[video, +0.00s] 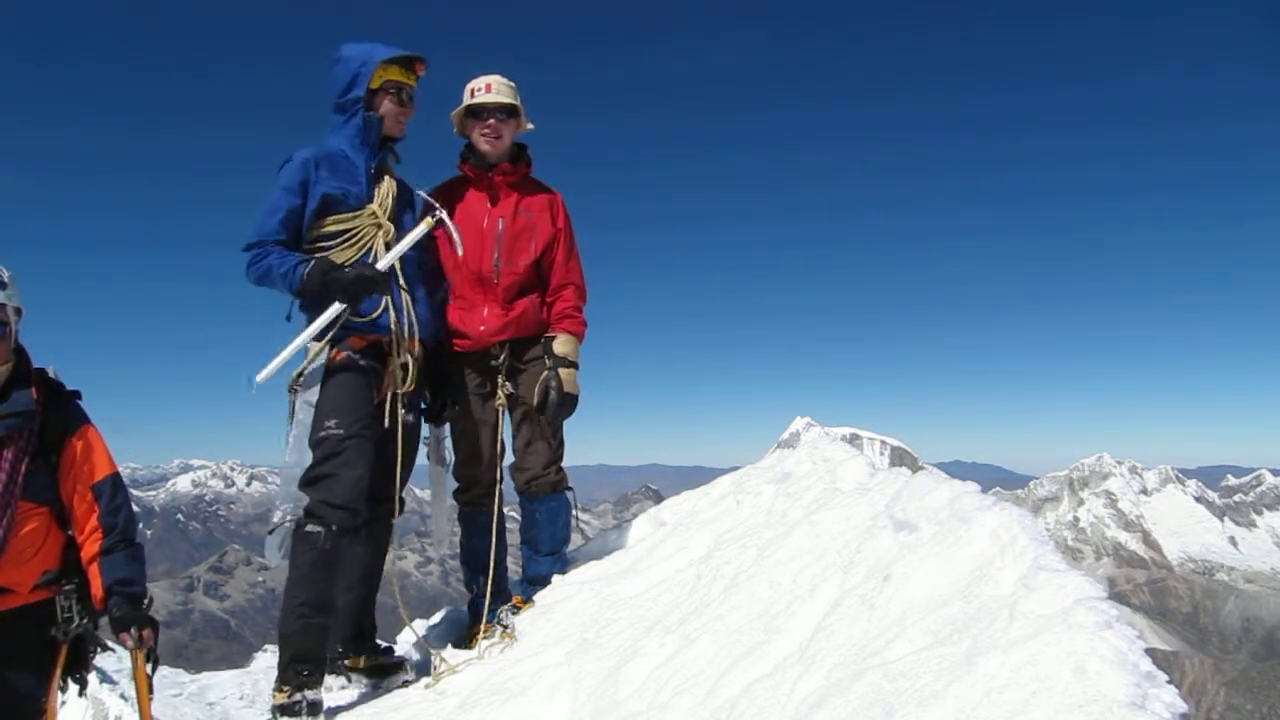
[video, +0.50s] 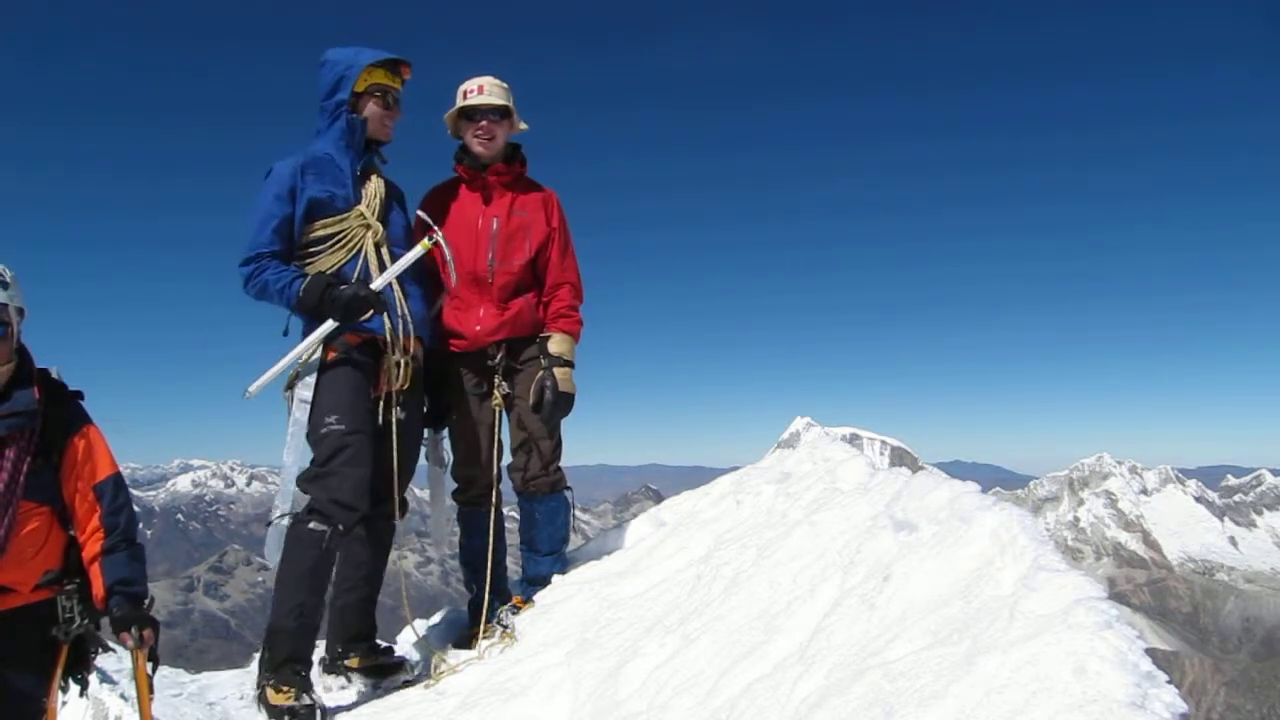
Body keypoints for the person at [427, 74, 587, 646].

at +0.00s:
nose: (492, 125)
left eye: (502, 115)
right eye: (481, 116)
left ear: (519, 125)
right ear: (464, 127)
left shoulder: (545, 202)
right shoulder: (438, 203)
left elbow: (566, 287)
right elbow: (422, 287)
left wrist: (565, 357)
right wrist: (426, 364)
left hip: (530, 351)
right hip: (462, 357)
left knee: (538, 472)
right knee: (476, 480)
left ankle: (541, 589)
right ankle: (486, 604)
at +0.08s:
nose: (490, 125)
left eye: (501, 116)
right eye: (479, 116)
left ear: (518, 126)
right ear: (463, 127)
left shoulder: (544, 202)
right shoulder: (439, 203)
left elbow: (566, 287)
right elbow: (423, 288)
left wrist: (564, 357)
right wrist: (425, 365)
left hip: (530, 350)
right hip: (463, 357)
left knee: (537, 471)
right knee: (476, 479)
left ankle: (541, 587)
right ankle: (485, 604)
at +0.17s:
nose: (489, 125)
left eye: (500, 116)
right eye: (478, 116)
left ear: (517, 126)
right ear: (462, 127)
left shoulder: (544, 202)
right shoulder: (439, 203)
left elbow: (566, 286)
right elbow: (424, 289)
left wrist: (562, 355)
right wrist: (426, 365)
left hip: (529, 350)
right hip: (462, 356)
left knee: (537, 469)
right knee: (476, 478)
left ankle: (541, 588)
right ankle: (484, 603)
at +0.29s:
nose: (487, 125)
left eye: (498, 116)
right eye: (476, 117)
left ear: (515, 126)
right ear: (461, 127)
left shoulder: (542, 202)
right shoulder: (438, 203)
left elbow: (564, 287)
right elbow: (423, 290)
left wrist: (562, 357)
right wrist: (426, 368)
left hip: (528, 350)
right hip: (461, 356)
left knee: (537, 464)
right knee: (475, 476)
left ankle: (541, 586)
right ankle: (485, 602)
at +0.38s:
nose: (486, 126)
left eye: (497, 117)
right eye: (475, 117)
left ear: (514, 126)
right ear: (460, 128)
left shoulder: (541, 202)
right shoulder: (438, 203)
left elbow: (563, 286)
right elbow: (422, 288)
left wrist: (561, 356)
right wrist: (424, 367)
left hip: (527, 349)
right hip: (461, 355)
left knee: (537, 457)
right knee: (475, 474)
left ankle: (541, 585)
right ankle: (484, 601)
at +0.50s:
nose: (485, 126)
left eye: (495, 117)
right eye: (474, 117)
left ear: (512, 126)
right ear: (458, 127)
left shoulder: (540, 202)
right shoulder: (437, 203)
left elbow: (563, 285)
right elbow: (419, 288)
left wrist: (560, 355)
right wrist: (423, 366)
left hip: (527, 348)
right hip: (459, 354)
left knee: (537, 456)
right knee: (475, 473)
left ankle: (541, 586)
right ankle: (484, 602)